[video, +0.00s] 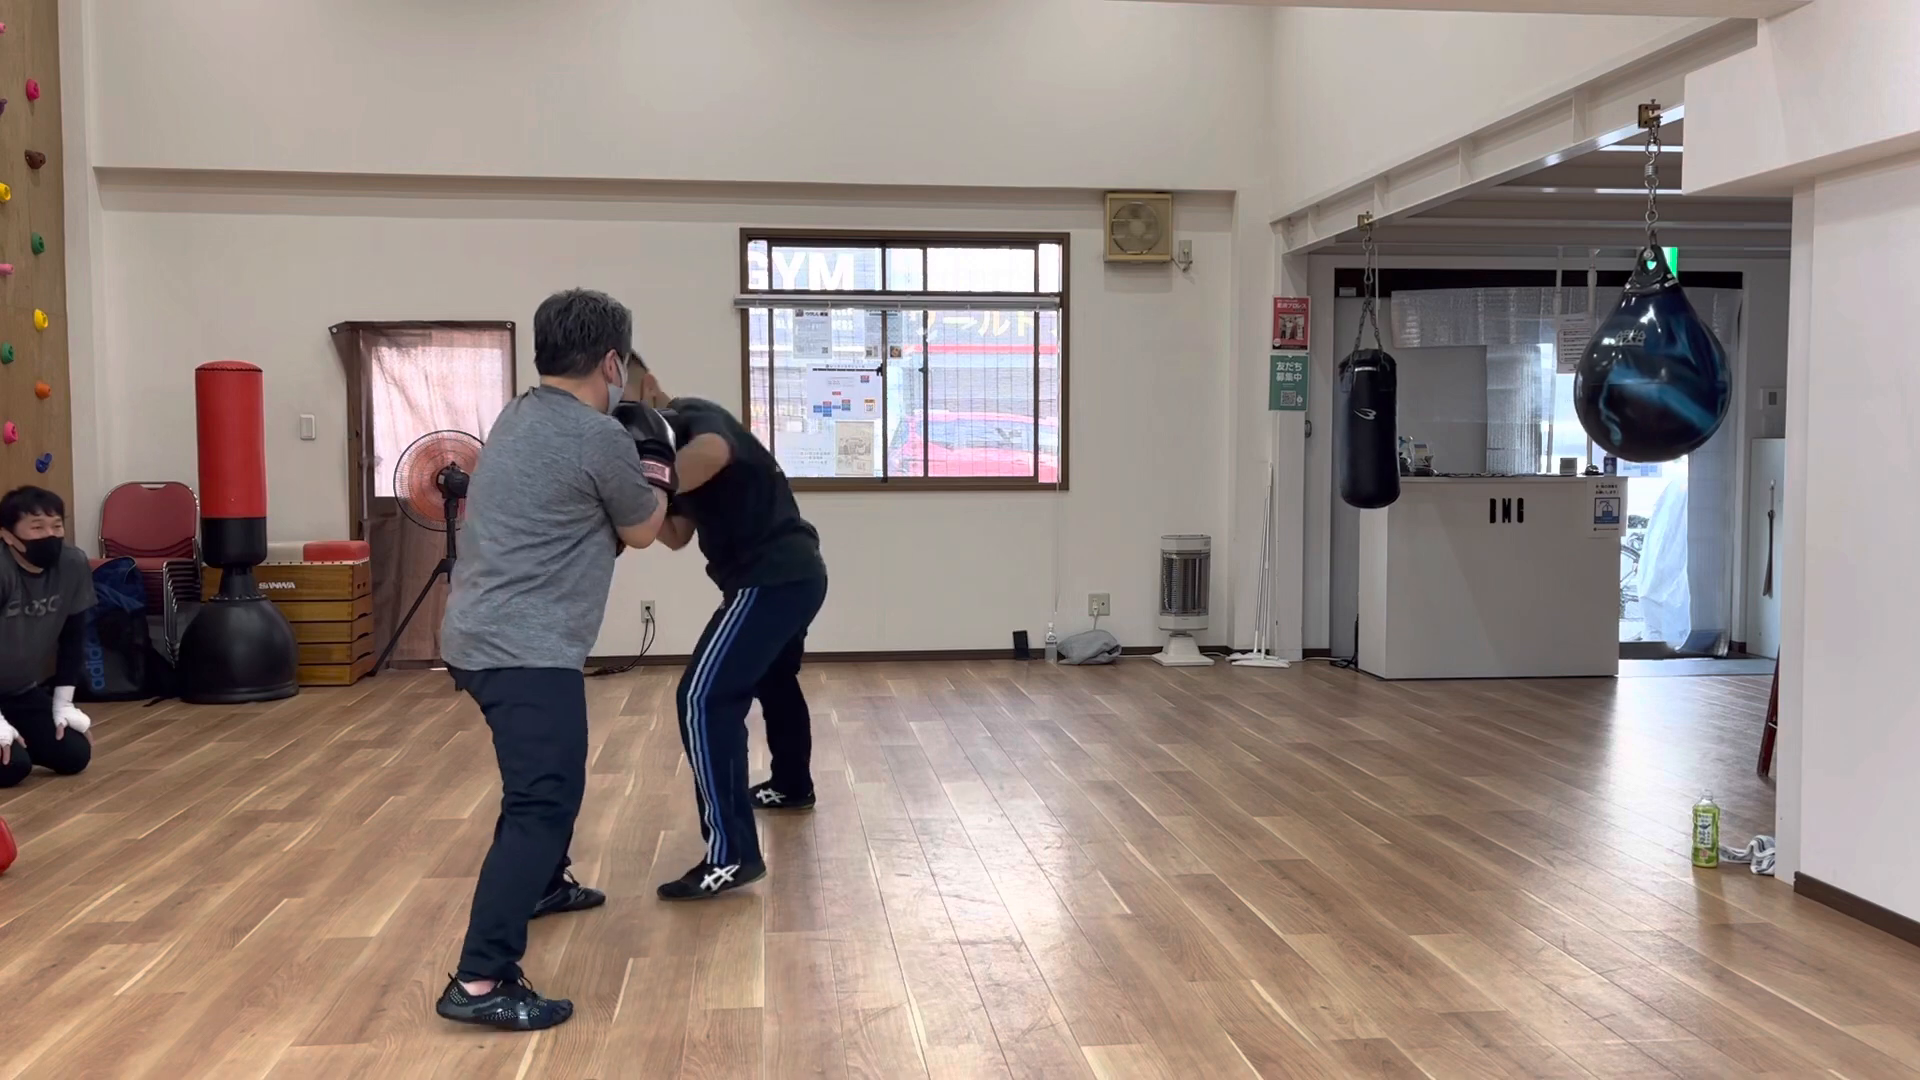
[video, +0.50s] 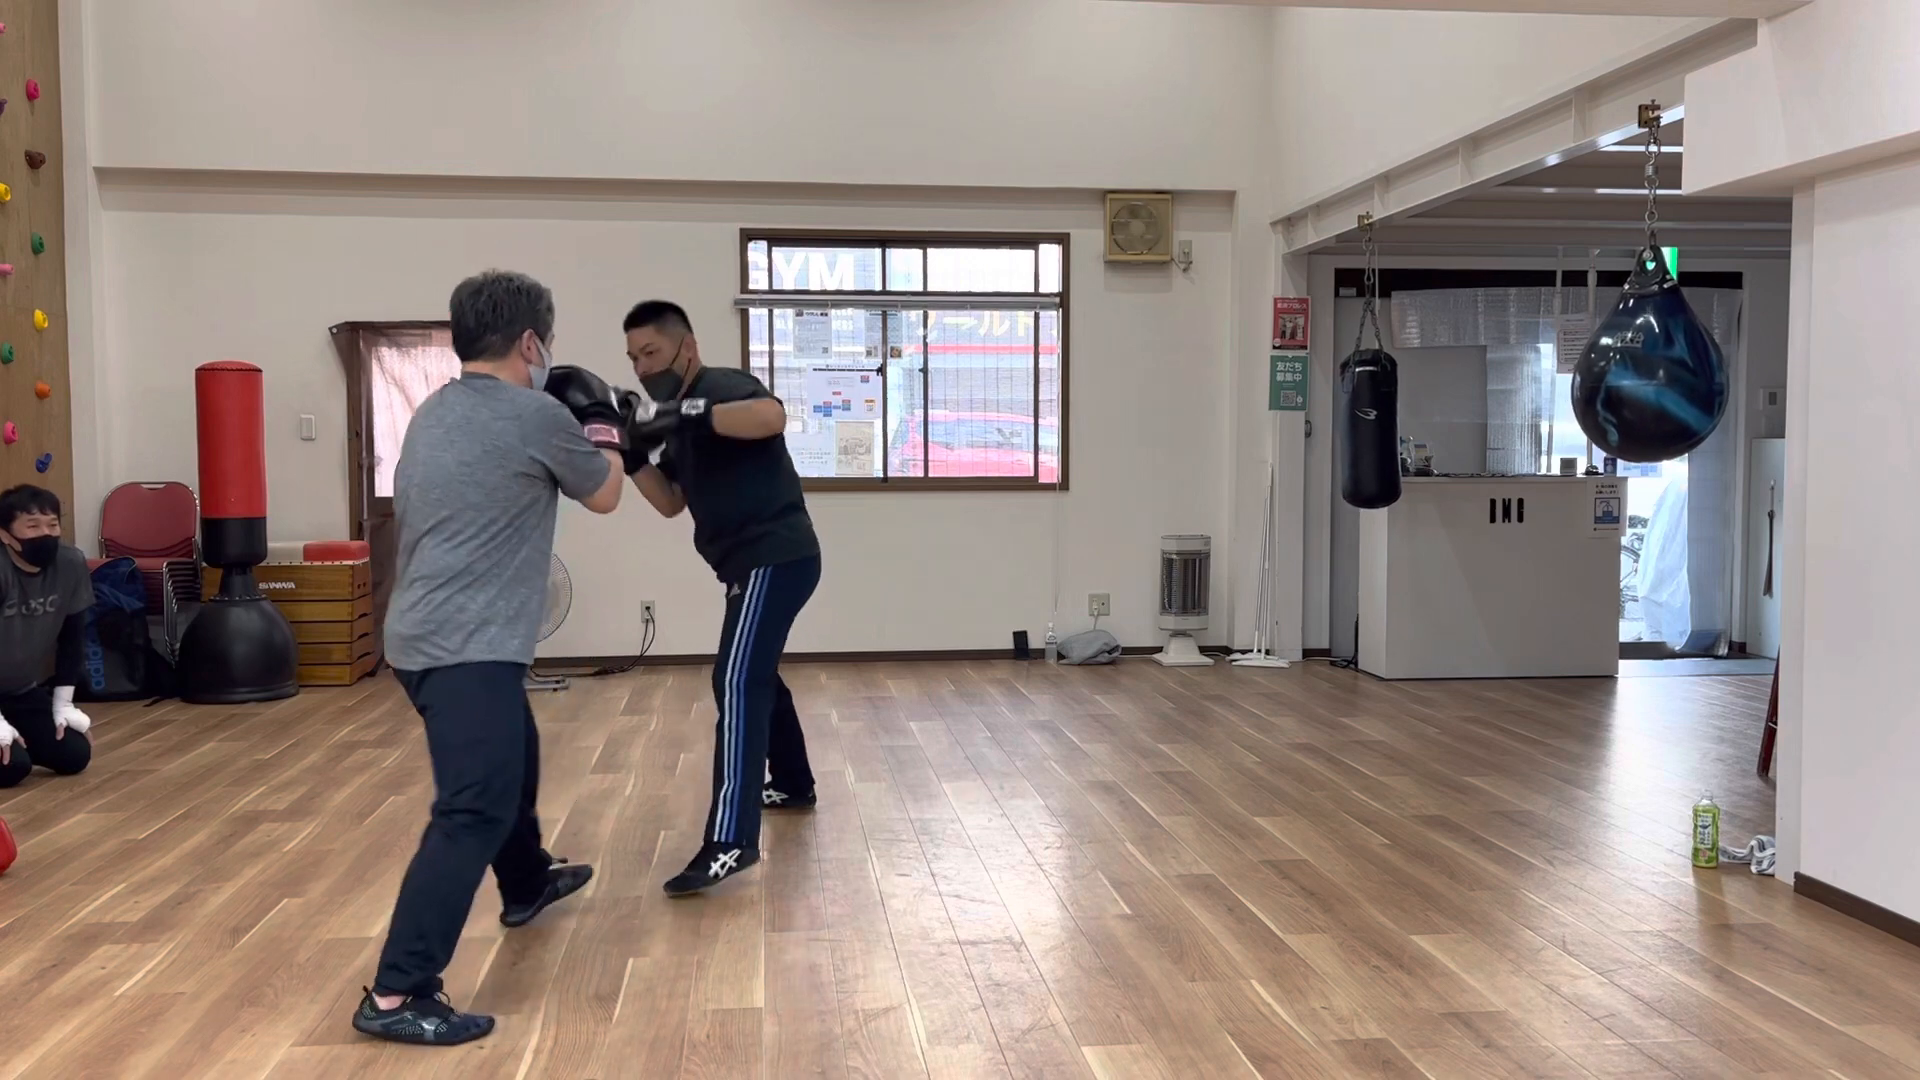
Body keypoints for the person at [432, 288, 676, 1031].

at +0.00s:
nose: (625, 369)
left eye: (623, 359)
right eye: (623, 358)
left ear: (546, 358)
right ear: (609, 361)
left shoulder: (515, 417)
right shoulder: (600, 436)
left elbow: (561, 504)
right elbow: (642, 531)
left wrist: (627, 490)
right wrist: (654, 484)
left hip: (478, 639)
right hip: (531, 652)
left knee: (544, 771)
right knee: (539, 806)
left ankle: (542, 879)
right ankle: (481, 978)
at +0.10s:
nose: (621, 380)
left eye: (620, 369)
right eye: (620, 368)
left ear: (548, 358)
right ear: (604, 366)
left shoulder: (508, 413)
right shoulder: (590, 435)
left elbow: (551, 499)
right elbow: (635, 532)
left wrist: (616, 474)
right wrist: (657, 486)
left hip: (474, 631)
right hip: (520, 641)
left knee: (543, 766)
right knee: (540, 788)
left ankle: (537, 881)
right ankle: (465, 958)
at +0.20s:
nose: (603, 383)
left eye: (602, 371)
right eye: (603, 371)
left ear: (528, 362)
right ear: (587, 369)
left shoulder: (482, 424)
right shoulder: (587, 439)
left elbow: (478, 511)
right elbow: (625, 540)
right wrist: (641, 497)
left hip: (463, 640)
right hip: (528, 643)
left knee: (542, 758)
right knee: (527, 792)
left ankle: (541, 883)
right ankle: (433, 954)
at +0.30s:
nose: (587, 384)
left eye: (586, 373)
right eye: (586, 373)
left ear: (510, 370)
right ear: (568, 373)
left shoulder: (459, 443)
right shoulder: (577, 447)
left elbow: (460, 528)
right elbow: (622, 542)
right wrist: (638, 495)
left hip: (456, 654)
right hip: (526, 658)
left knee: (540, 757)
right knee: (523, 805)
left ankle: (540, 883)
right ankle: (416, 961)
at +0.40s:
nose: (564, 381)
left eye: (564, 371)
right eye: (562, 370)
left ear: (480, 371)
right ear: (544, 372)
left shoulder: (443, 443)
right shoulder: (555, 446)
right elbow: (624, 517)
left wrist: (557, 443)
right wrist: (626, 459)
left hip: (443, 661)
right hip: (507, 668)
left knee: (544, 752)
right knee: (515, 825)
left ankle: (538, 883)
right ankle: (407, 986)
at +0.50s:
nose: (547, 353)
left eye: (548, 342)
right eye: (546, 341)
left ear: (460, 342)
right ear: (528, 342)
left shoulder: (430, 414)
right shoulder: (534, 414)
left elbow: (489, 493)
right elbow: (607, 494)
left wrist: (547, 424)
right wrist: (600, 435)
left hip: (418, 639)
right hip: (475, 648)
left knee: (514, 749)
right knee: (472, 813)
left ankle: (525, 880)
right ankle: (397, 993)